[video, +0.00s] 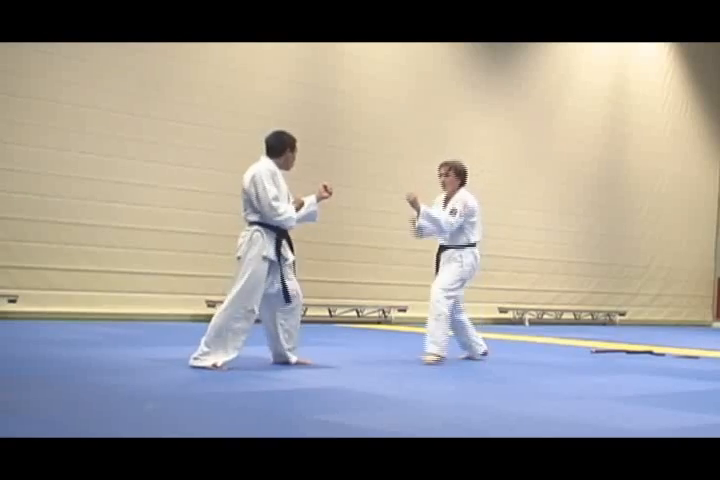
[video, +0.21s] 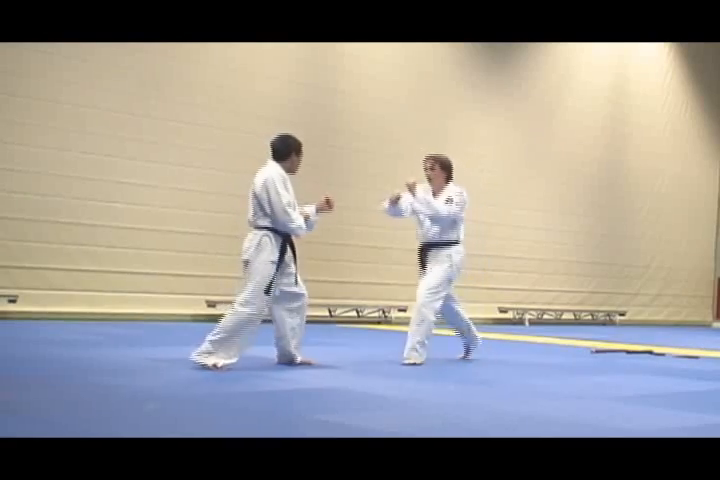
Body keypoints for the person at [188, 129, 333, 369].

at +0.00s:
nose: (295, 158)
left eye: (295, 152)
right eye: (294, 152)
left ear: (277, 152)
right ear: (285, 152)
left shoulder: (276, 175)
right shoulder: (262, 172)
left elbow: (288, 212)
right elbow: (274, 213)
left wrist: (316, 200)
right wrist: (294, 208)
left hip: (276, 241)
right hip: (260, 240)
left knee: (288, 297)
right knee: (242, 299)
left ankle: (285, 354)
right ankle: (206, 355)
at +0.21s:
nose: (301, 160)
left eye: (301, 155)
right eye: (299, 155)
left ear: (280, 154)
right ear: (290, 156)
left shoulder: (277, 174)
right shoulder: (271, 176)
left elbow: (290, 212)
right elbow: (286, 219)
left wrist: (316, 208)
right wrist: (304, 222)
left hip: (277, 243)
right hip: (266, 243)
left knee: (294, 297)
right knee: (252, 304)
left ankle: (289, 353)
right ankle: (207, 353)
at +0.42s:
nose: (311, 192)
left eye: (312, 188)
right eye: (311, 187)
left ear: (290, 178)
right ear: (305, 183)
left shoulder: (274, 190)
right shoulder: (290, 192)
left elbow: (290, 232)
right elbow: (315, 228)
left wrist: (319, 217)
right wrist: (324, 220)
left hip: (245, 249)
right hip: (258, 251)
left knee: (282, 304)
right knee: (303, 303)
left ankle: (291, 354)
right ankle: (259, 345)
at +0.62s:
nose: (301, 197)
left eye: (301, 192)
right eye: (300, 192)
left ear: (275, 184)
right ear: (292, 189)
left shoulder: (255, 195)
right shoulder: (284, 203)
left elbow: (271, 242)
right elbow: (310, 239)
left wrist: (295, 266)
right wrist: (322, 253)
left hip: (216, 248)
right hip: (244, 252)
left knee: (229, 311)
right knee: (288, 301)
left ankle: (193, 336)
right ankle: (290, 360)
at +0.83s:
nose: (242, 155)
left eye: (241, 149)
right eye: (239, 149)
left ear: (214, 146)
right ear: (229, 149)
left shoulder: (194, 166)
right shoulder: (222, 169)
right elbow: (226, 213)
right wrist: (234, 253)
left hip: (171, 236)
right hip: (199, 239)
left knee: (161, 303)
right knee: (233, 297)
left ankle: (112, 349)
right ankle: (261, 351)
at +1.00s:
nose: (201, 141)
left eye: (201, 136)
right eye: (198, 136)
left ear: (174, 134)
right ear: (186, 136)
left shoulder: (156, 152)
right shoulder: (180, 157)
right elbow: (178, 196)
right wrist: (202, 235)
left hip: (124, 233)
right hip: (147, 236)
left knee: (130, 296)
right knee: (172, 303)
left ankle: (109, 354)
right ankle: (123, 343)